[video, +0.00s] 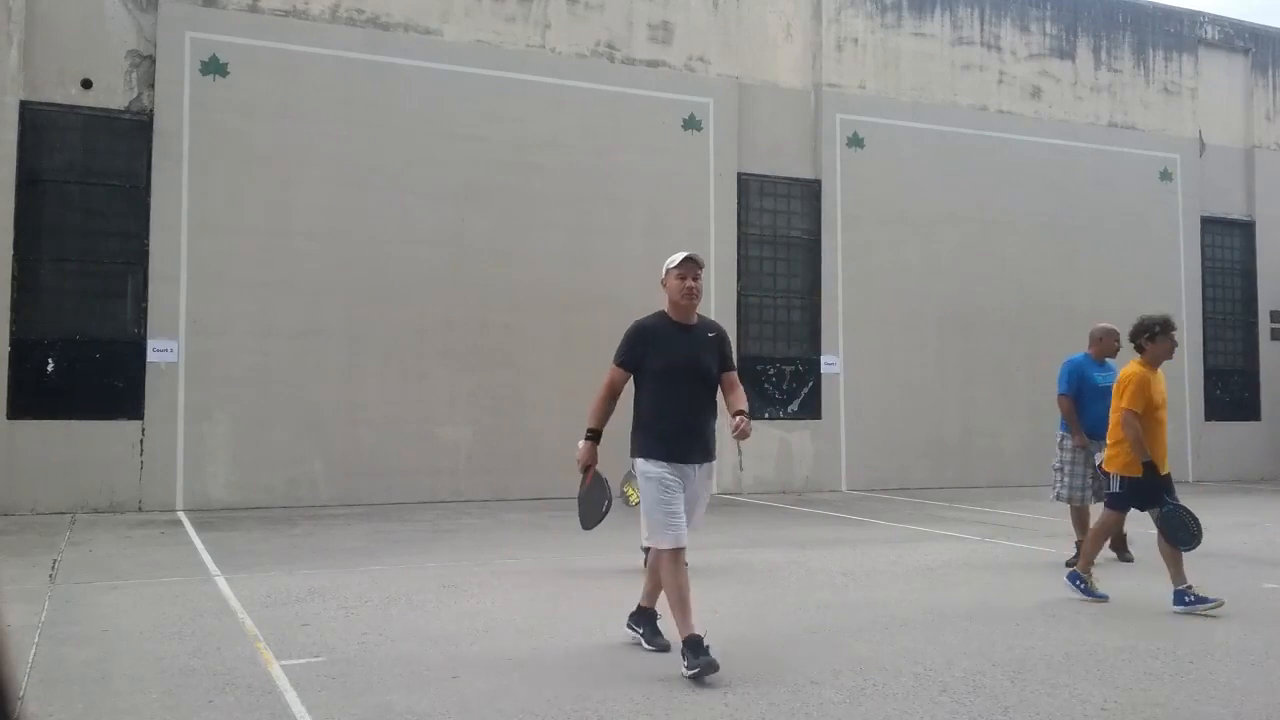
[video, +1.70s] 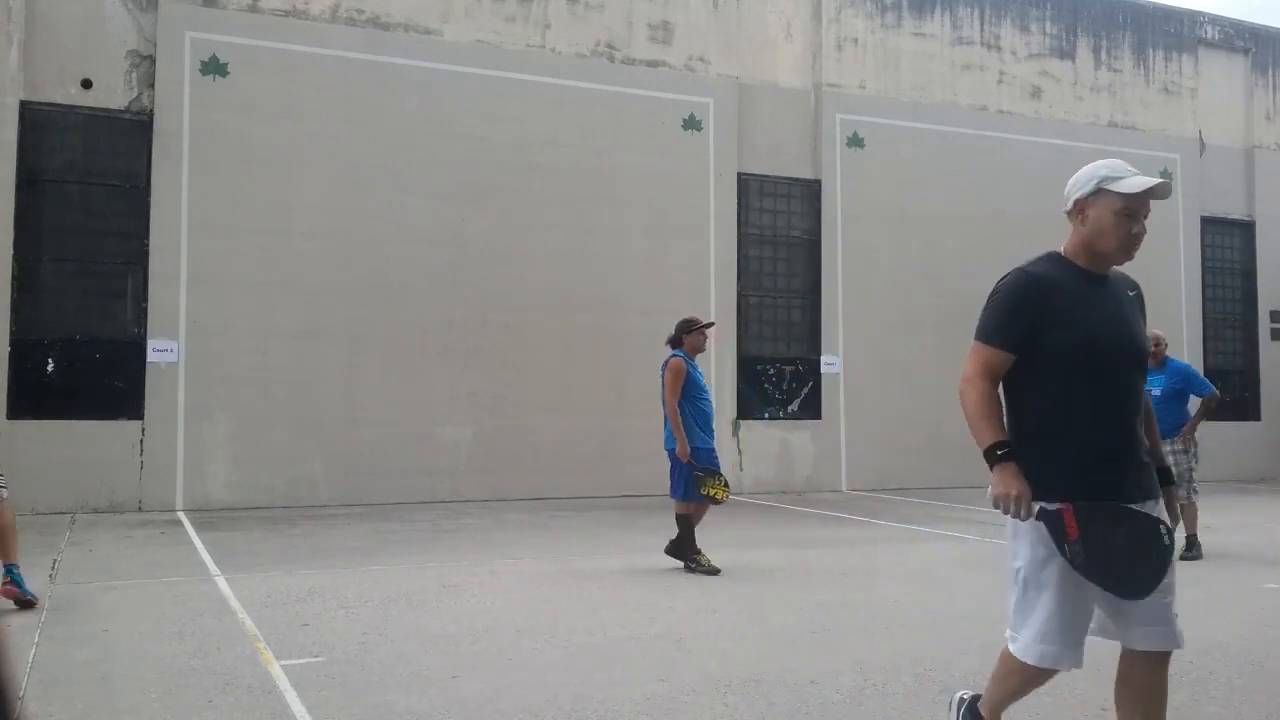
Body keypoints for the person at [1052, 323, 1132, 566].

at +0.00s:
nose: (1119, 345)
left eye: (1119, 341)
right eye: (1115, 341)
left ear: (1103, 342)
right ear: (1099, 341)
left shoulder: (1112, 369)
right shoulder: (1073, 366)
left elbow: (1117, 404)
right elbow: (1064, 400)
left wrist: (1120, 434)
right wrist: (1077, 433)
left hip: (1107, 441)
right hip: (1077, 441)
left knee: (1116, 492)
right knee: (1077, 497)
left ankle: (1118, 539)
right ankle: (1083, 547)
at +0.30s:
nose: (1130, 347)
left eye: (1130, 343)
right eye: (1125, 343)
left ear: (1123, 347)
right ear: (1108, 344)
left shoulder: (1128, 371)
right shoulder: (1083, 368)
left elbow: (1136, 405)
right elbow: (1071, 403)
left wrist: (1144, 437)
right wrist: (1083, 434)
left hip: (1123, 443)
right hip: (1090, 442)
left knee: (1121, 494)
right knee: (1085, 492)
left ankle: (1113, 543)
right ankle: (1083, 543)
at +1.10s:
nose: (1112, 346)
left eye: (1115, 342)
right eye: (1107, 343)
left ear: (1120, 344)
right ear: (1097, 346)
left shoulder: (1134, 367)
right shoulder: (1091, 372)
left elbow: (1145, 401)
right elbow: (1086, 404)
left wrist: (1125, 429)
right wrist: (1081, 435)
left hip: (1134, 437)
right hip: (1106, 438)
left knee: (1133, 488)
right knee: (1111, 488)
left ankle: (1134, 538)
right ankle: (1118, 536)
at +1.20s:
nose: (1116, 346)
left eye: (1119, 341)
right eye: (1110, 343)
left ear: (1124, 344)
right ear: (1100, 346)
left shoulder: (1137, 367)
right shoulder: (1096, 372)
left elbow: (1148, 401)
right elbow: (1091, 404)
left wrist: (1129, 431)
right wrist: (1086, 434)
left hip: (1137, 437)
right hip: (1109, 439)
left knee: (1142, 488)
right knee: (1112, 488)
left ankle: (1154, 538)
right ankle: (1119, 537)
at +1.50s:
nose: (1136, 348)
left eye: (1140, 344)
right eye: (1130, 344)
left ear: (1146, 346)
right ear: (1123, 348)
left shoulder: (1160, 370)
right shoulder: (1117, 373)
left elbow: (1179, 402)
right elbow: (1113, 402)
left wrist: (1160, 430)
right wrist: (1107, 430)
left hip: (1157, 442)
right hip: (1128, 443)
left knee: (1170, 492)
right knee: (1122, 488)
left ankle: (1190, 542)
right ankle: (1120, 537)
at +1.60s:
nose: (1146, 349)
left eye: (1150, 345)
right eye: (1141, 346)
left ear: (1157, 347)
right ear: (1133, 349)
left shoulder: (1172, 371)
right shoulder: (1128, 373)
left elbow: (1196, 401)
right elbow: (1123, 399)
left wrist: (1175, 426)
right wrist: (1117, 426)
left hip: (1168, 442)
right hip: (1139, 444)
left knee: (1178, 494)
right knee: (1131, 492)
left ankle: (1191, 542)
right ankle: (1129, 538)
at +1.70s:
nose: (1155, 349)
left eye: (1158, 345)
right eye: (1151, 346)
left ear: (1166, 346)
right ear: (1145, 348)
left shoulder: (1180, 370)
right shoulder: (1141, 371)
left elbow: (1211, 395)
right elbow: (1135, 404)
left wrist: (1192, 424)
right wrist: (1140, 432)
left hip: (1178, 439)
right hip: (1152, 441)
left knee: (1184, 493)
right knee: (1163, 492)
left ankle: (1191, 541)